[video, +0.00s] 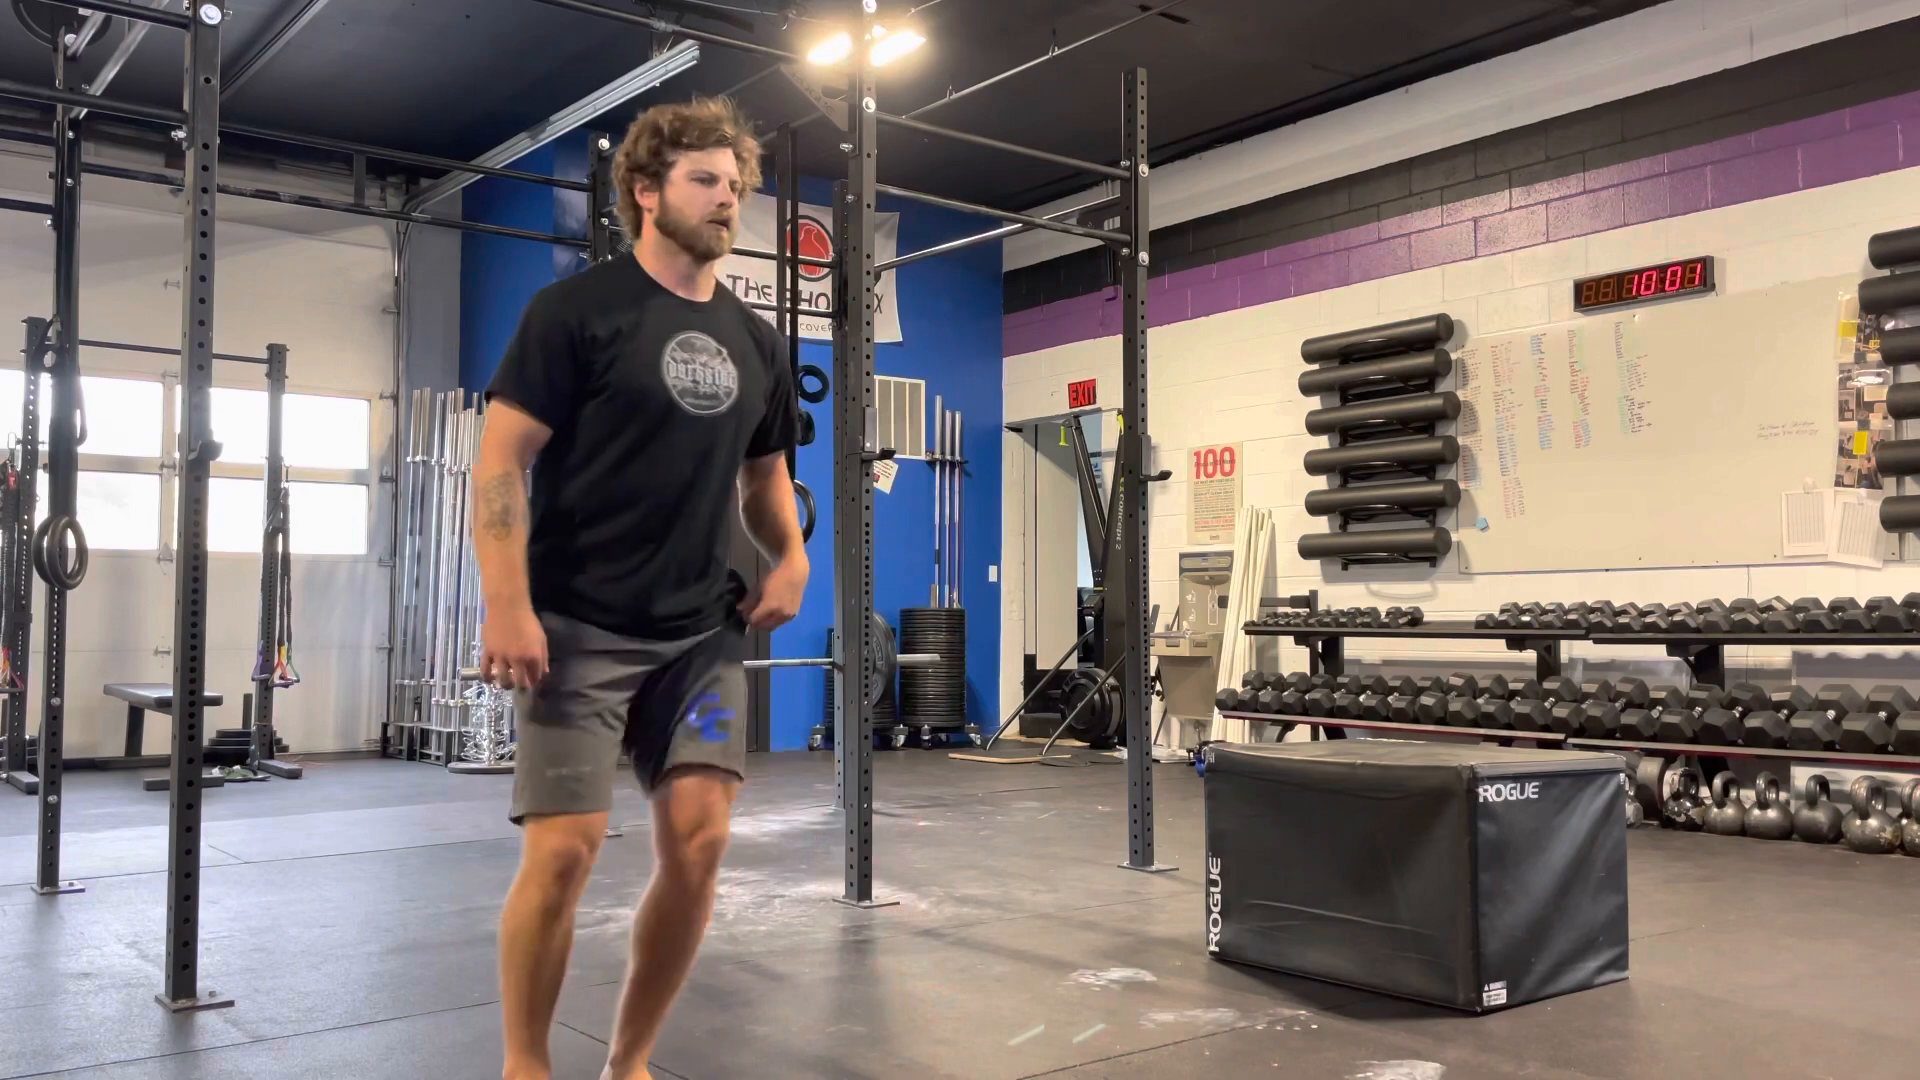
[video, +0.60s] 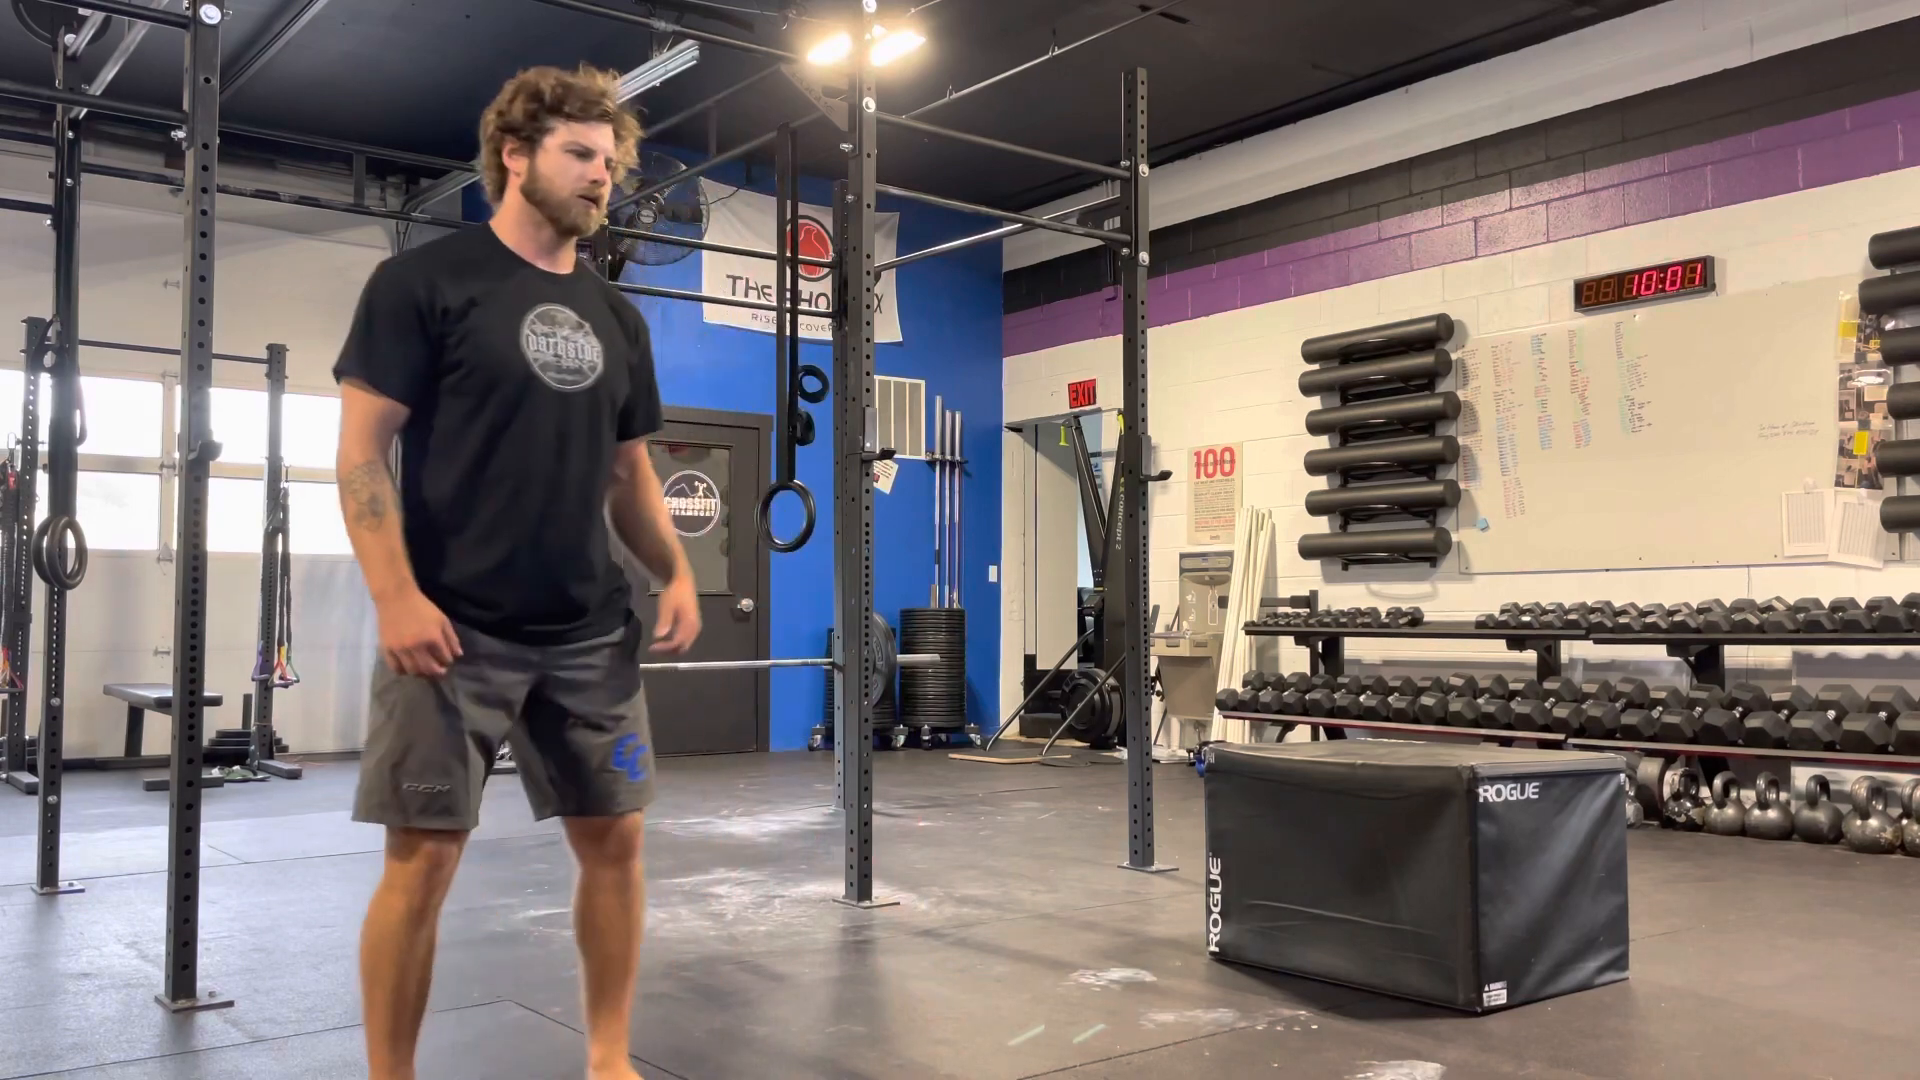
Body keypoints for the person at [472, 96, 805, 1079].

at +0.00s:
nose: (727, 199)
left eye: (735, 186)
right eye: (706, 181)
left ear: (740, 204)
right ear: (645, 194)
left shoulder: (756, 341)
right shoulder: (572, 310)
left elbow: (767, 472)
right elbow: (499, 461)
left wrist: (792, 553)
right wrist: (507, 606)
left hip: (705, 629)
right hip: (580, 626)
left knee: (701, 839)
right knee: (563, 852)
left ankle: (630, 1061)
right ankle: (524, 1065)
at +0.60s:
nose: (600, 177)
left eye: (610, 163)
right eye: (580, 155)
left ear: (612, 179)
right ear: (513, 158)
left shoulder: (612, 312)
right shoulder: (422, 278)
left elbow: (630, 465)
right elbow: (360, 451)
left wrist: (675, 569)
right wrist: (395, 595)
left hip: (588, 628)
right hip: (453, 627)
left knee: (615, 837)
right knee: (421, 861)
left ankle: (610, 1058)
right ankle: (389, 1071)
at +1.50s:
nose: (705, 219)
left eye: (715, 203)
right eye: (690, 198)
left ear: (716, 209)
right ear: (626, 189)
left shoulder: (693, 336)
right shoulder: (537, 298)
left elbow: (705, 483)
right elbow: (482, 453)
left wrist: (735, 593)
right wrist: (559, 575)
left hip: (665, 624)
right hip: (552, 613)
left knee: (631, 843)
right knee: (582, 822)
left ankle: (549, 1062)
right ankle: (478, 1055)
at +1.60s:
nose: (733, 232)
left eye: (742, 214)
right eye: (718, 209)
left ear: (742, 219)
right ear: (654, 198)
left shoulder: (715, 347)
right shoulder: (562, 306)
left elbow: (730, 489)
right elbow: (494, 453)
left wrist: (766, 589)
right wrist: (537, 590)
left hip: (686, 628)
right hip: (588, 613)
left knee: (635, 845)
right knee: (666, 811)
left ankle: (555, 1054)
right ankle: (591, 1046)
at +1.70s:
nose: (765, 244)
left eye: (774, 228)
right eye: (750, 222)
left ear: (769, 230)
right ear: (686, 211)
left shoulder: (741, 357)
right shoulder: (588, 319)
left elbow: (758, 497)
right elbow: (507, 456)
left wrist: (804, 584)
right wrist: (512, 604)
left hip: (704, 627)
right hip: (610, 618)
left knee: (653, 860)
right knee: (739, 801)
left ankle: (549, 1059)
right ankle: (726, 1042)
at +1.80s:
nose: (805, 264)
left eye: (811, 247)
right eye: (790, 244)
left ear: (789, 251)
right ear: (724, 236)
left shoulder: (779, 378)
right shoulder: (627, 336)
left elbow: (798, 511)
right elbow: (524, 468)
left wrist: (845, 583)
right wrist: (495, 618)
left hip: (729, 645)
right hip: (644, 642)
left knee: (691, 870)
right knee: (803, 806)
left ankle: (550, 1059)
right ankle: (836, 1021)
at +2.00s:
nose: (902, 376)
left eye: (908, 358)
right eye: (885, 354)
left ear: (908, 359)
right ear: (822, 351)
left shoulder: (885, 471)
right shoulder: (727, 441)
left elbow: (920, 585)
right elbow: (581, 530)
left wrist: (939, 632)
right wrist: (510, 665)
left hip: (793, 721)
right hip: (727, 720)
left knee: (804, 942)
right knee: (927, 836)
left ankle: (578, 1041)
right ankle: (911, 1048)